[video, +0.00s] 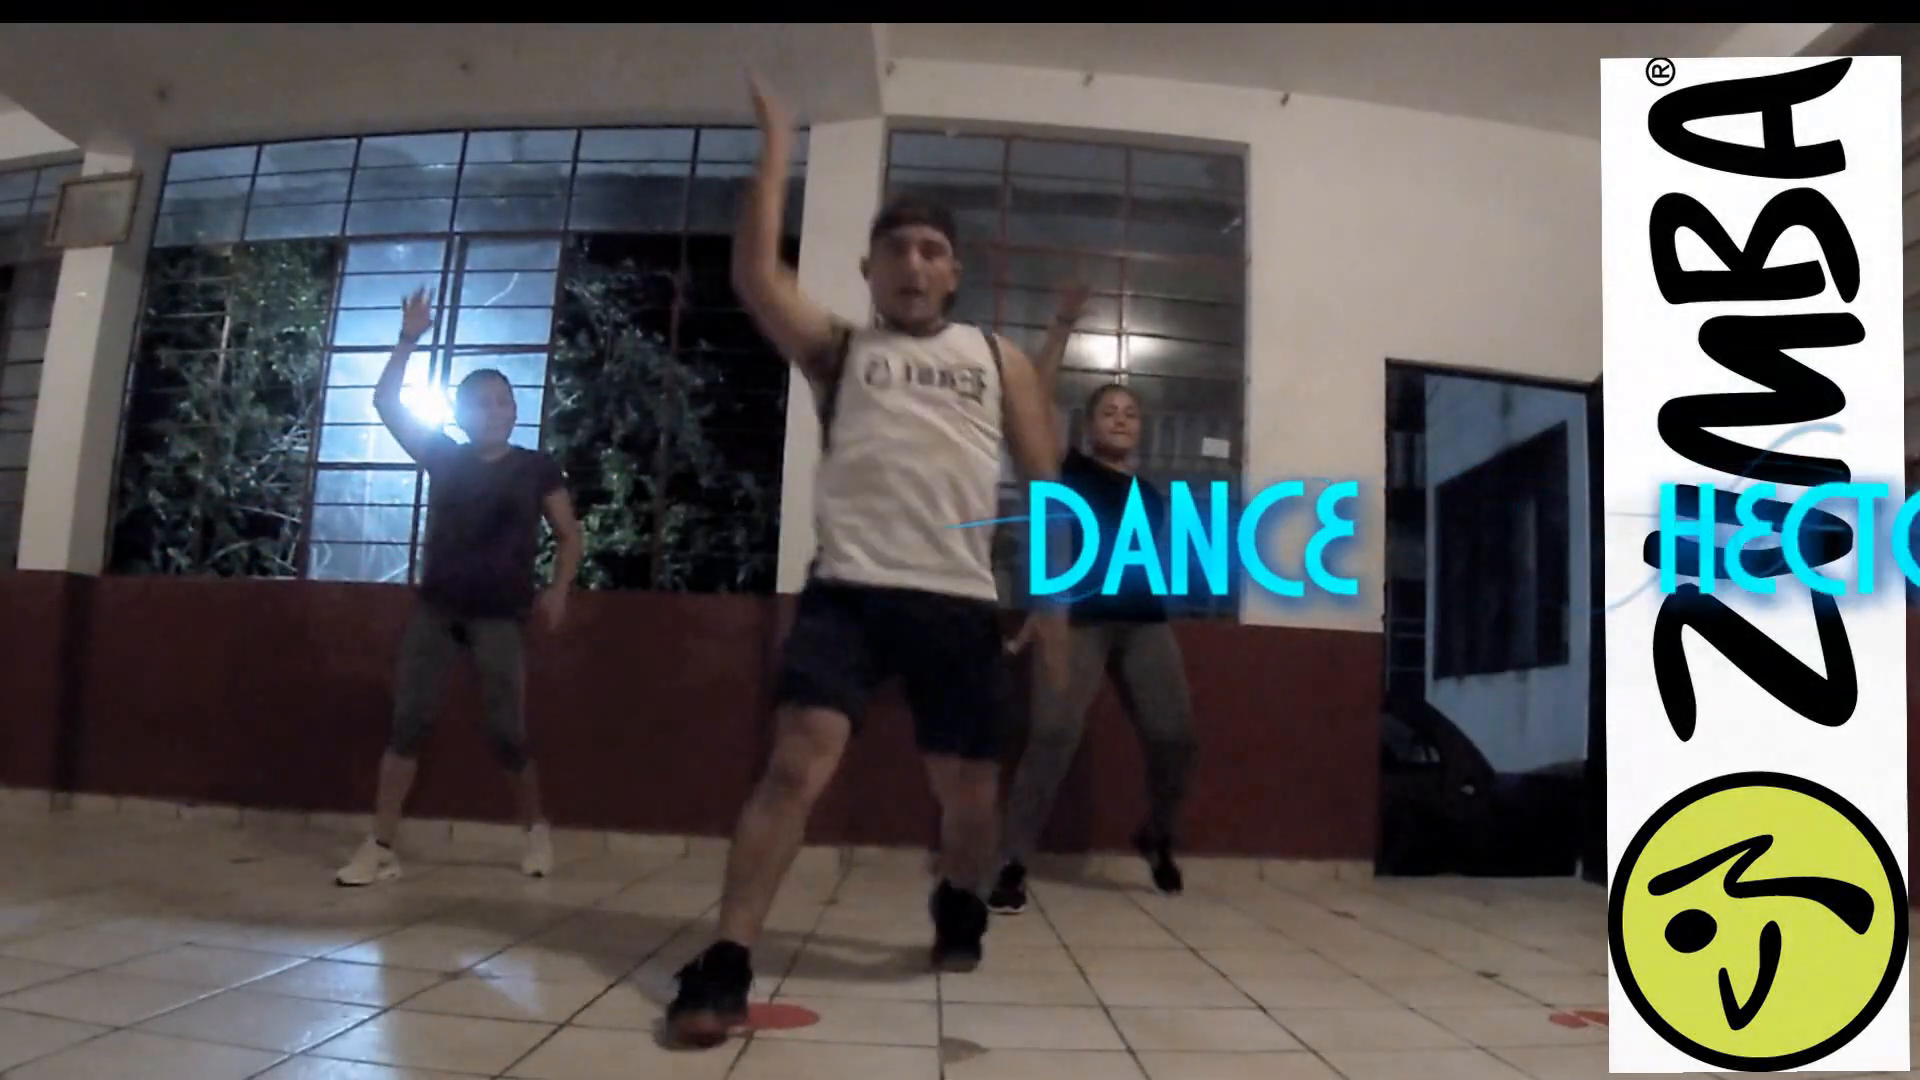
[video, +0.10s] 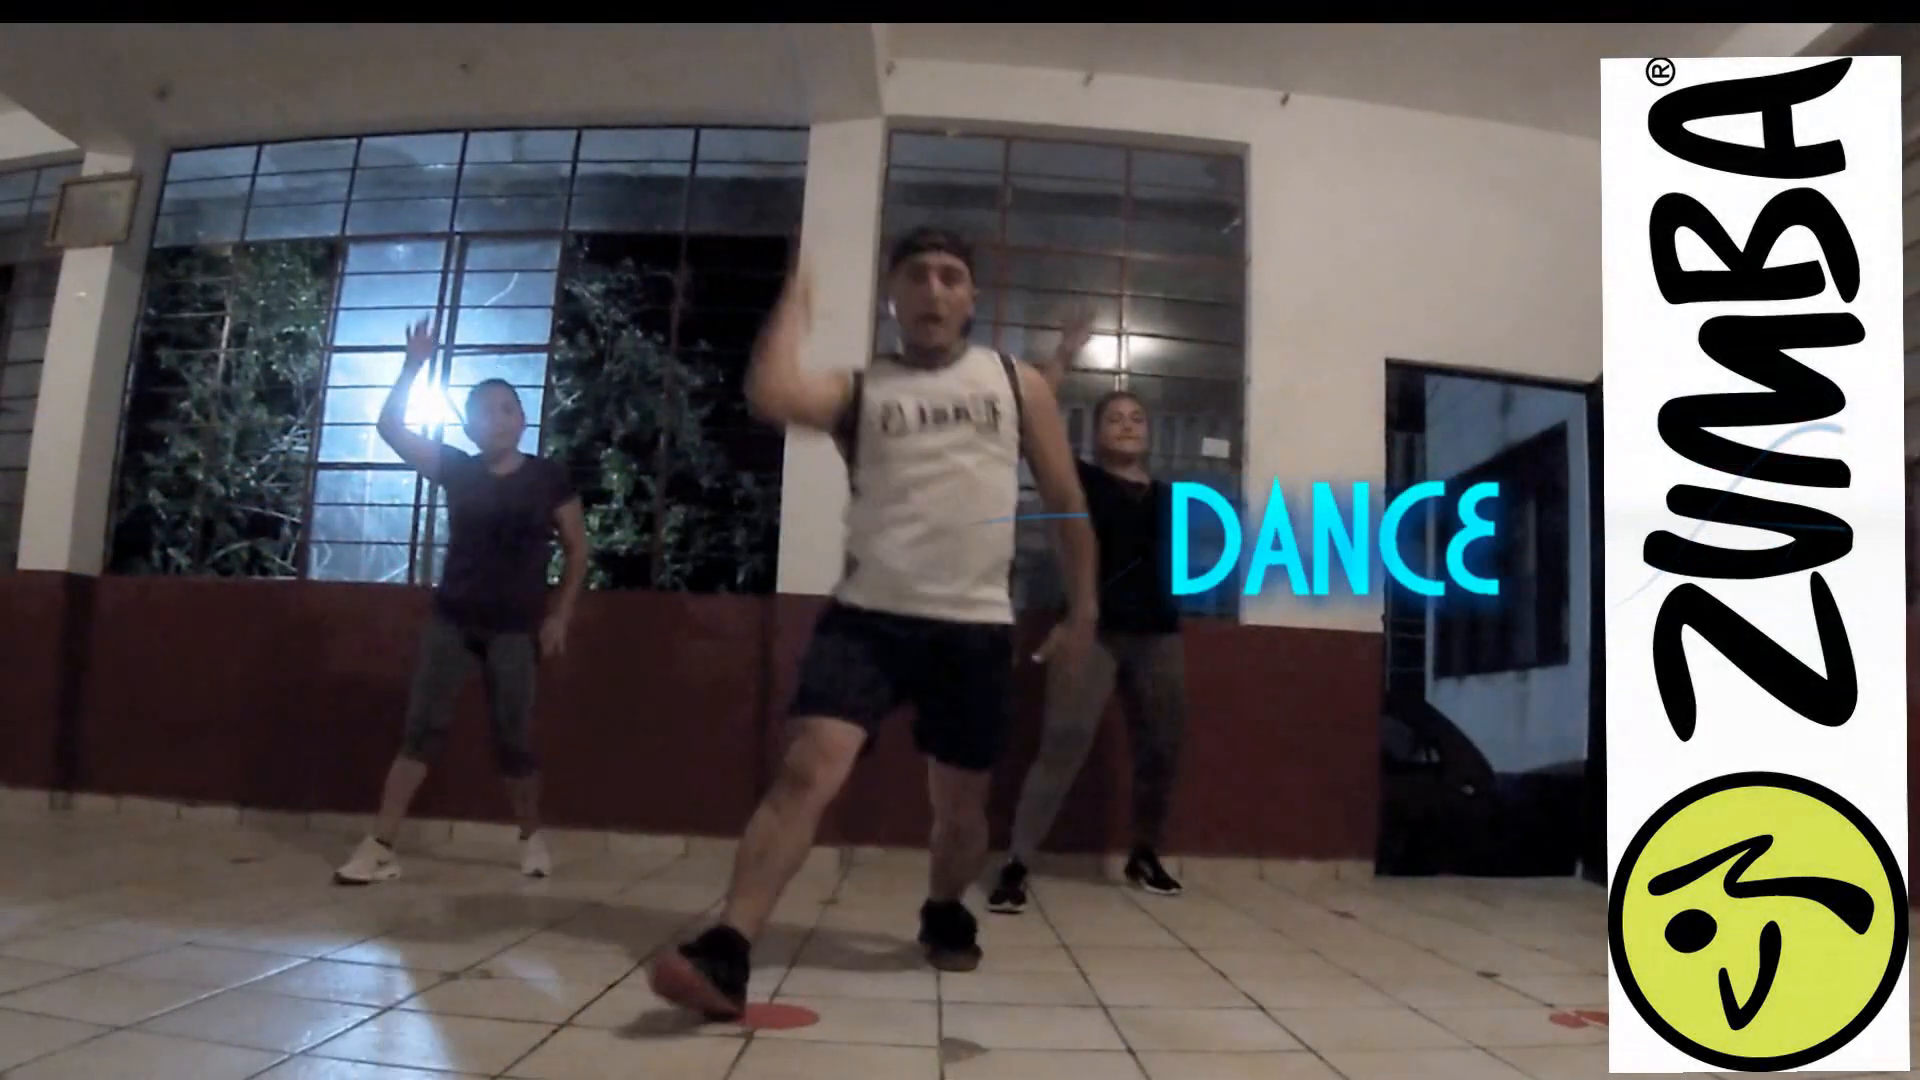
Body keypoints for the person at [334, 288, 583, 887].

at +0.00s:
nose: (488, 411)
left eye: (497, 402)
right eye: (479, 402)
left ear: (512, 412)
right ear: (461, 410)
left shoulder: (535, 468)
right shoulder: (443, 455)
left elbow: (570, 535)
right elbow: (386, 400)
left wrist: (559, 591)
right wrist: (408, 339)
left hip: (500, 613)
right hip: (436, 606)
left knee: (508, 731)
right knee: (407, 723)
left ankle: (536, 835)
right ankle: (381, 846)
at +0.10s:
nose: (496, 418)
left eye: (505, 409)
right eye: (486, 411)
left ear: (521, 418)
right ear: (471, 422)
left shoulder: (547, 477)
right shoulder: (455, 468)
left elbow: (578, 551)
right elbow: (390, 426)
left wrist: (560, 616)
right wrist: (413, 363)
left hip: (515, 623)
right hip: (453, 617)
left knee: (515, 739)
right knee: (420, 731)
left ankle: (531, 841)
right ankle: (380, 844)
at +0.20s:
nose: (509, 420)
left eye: (518, 412)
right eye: (498, 413)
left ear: (534, 422)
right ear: (483, 425)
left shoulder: (557, 481)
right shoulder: (467, 470)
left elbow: (599, 547)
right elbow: (395, 459)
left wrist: (577, 615)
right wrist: (413, 412)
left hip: (525, 624)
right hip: (463, 618)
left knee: (524, 738)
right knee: (421, 719)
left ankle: (532, 841)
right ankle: (390, 841)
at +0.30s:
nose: (514, 416)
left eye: (525, 409)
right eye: (505, 408)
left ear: (543, 421)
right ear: (491, 420)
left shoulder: (563, 479)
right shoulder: (472, 469)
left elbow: (615, 538)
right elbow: (410, 488)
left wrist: (581, 601)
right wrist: (410, 475)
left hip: (530, 622)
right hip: (469, 616)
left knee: (525, 731)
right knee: (419, 708)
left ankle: (533, 839)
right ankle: (429, 832)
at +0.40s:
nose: (519, 414)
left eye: (531, 406)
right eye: (510, 405)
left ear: (547, 419)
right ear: (495, 415)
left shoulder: (563, 476)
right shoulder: (469, 468)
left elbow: (616, 536)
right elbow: (429, 509)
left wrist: (575, 580)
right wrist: (418, 532)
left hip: (528, 619)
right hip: (466, 614)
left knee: (527, 732)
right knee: (433, 719)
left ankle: (533, 840)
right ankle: (458, 828)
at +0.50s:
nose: (516, 421)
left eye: (529, 415)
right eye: (508, 412)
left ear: (542, 429)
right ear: (492, 421)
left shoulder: (552, 487)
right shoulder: (459, 479)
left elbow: (592, 554)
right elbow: (436, 540)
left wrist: (551, 566)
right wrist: (428, 570)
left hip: (525, 625)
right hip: (464, 620)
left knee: (525, 736)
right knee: (446, 732)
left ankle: (534, 838)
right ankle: (468, 839)